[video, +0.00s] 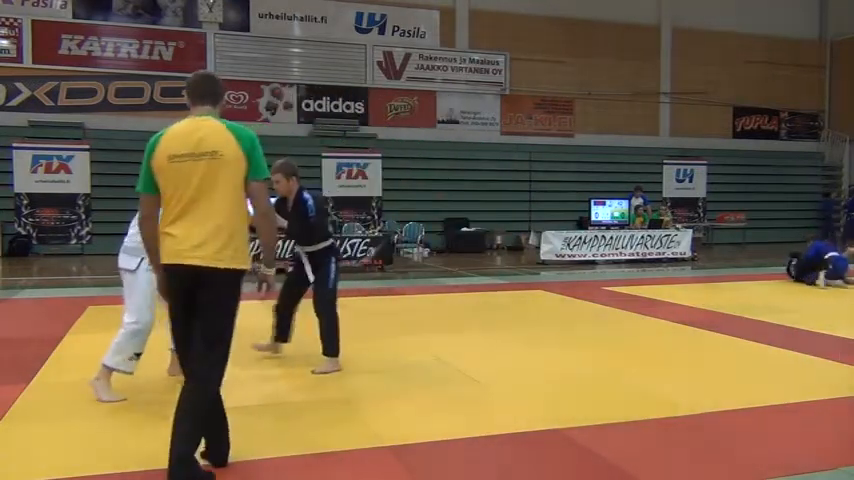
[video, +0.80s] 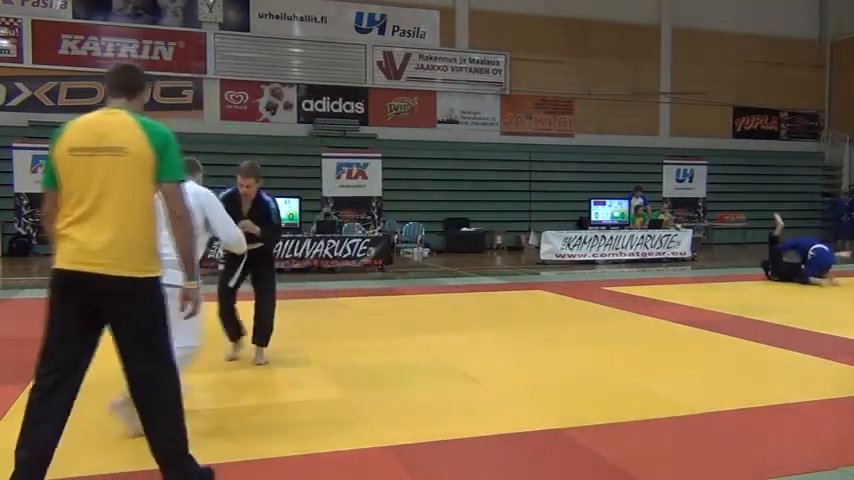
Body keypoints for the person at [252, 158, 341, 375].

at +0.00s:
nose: (274, 186)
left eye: (277, 182)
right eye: (273, 182)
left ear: (292, 181)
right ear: (280, 183)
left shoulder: (310, 202)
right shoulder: (281, 204)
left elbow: (310, 234)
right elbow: (269, 225)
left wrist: (284, 224)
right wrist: (254, 219)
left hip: (325, 257)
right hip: (303, 257)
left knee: (324, 305)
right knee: (285, 300)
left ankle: (332, 358)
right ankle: (277, 342)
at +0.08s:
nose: (269, 189)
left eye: (272, 184)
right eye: (268, 184)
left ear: (287, 183)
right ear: (269, 184)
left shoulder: (303, 204)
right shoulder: (273, 205)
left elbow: (303, 237)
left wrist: (278, 224)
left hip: (317, 258)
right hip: (295, 258)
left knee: (317, 305)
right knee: (275, 299)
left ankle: (330, 358)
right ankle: (263, 342)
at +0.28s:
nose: (255, 189)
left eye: (259, 184)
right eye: (253, 184)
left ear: (272, 183)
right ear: (251, 184)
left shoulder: (286, 205)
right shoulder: (252, 204)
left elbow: (297, 237)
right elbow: (234, 230)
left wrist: (270, 226)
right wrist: (236, 219)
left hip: (290, 257)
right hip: (265, 257)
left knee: (302, 302)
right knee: (246, 302)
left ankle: (320, 353)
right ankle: (249, 348)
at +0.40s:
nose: (250, 183)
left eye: (255, 179)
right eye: (248, 179)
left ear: (267, 177)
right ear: (246, 177)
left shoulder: (279, 198)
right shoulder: (244, 197)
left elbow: (290, 228)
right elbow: (233, 220)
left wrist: (267, 221)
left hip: (280, 250)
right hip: (255, 249)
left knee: (288, 297)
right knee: (246, 294)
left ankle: (293, 346)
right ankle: (249, 345)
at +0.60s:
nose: (249, 187)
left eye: (253, 183)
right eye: (246, 183)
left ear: (264, 182)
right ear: (242, 180)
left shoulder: (273, 202)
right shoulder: (235, 197)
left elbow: (281, 231)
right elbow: (217, 215)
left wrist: (260, 221)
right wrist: (226, 237)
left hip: (267, 250)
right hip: (243, 249)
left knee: (264, 298)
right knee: (244, 298)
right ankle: (249, 343)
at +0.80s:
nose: (244, 190)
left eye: (249, 186)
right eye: (241, 185)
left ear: (258, 184)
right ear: (237, 182)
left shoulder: (267, 203)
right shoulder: (226, 200)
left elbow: (275, 235)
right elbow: (214, 225)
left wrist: (255, 229)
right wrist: (236, 229)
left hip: (261, 253)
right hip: (235, 253)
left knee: (266, 298)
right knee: (224, 296)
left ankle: (260, 345)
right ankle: (235, 338)